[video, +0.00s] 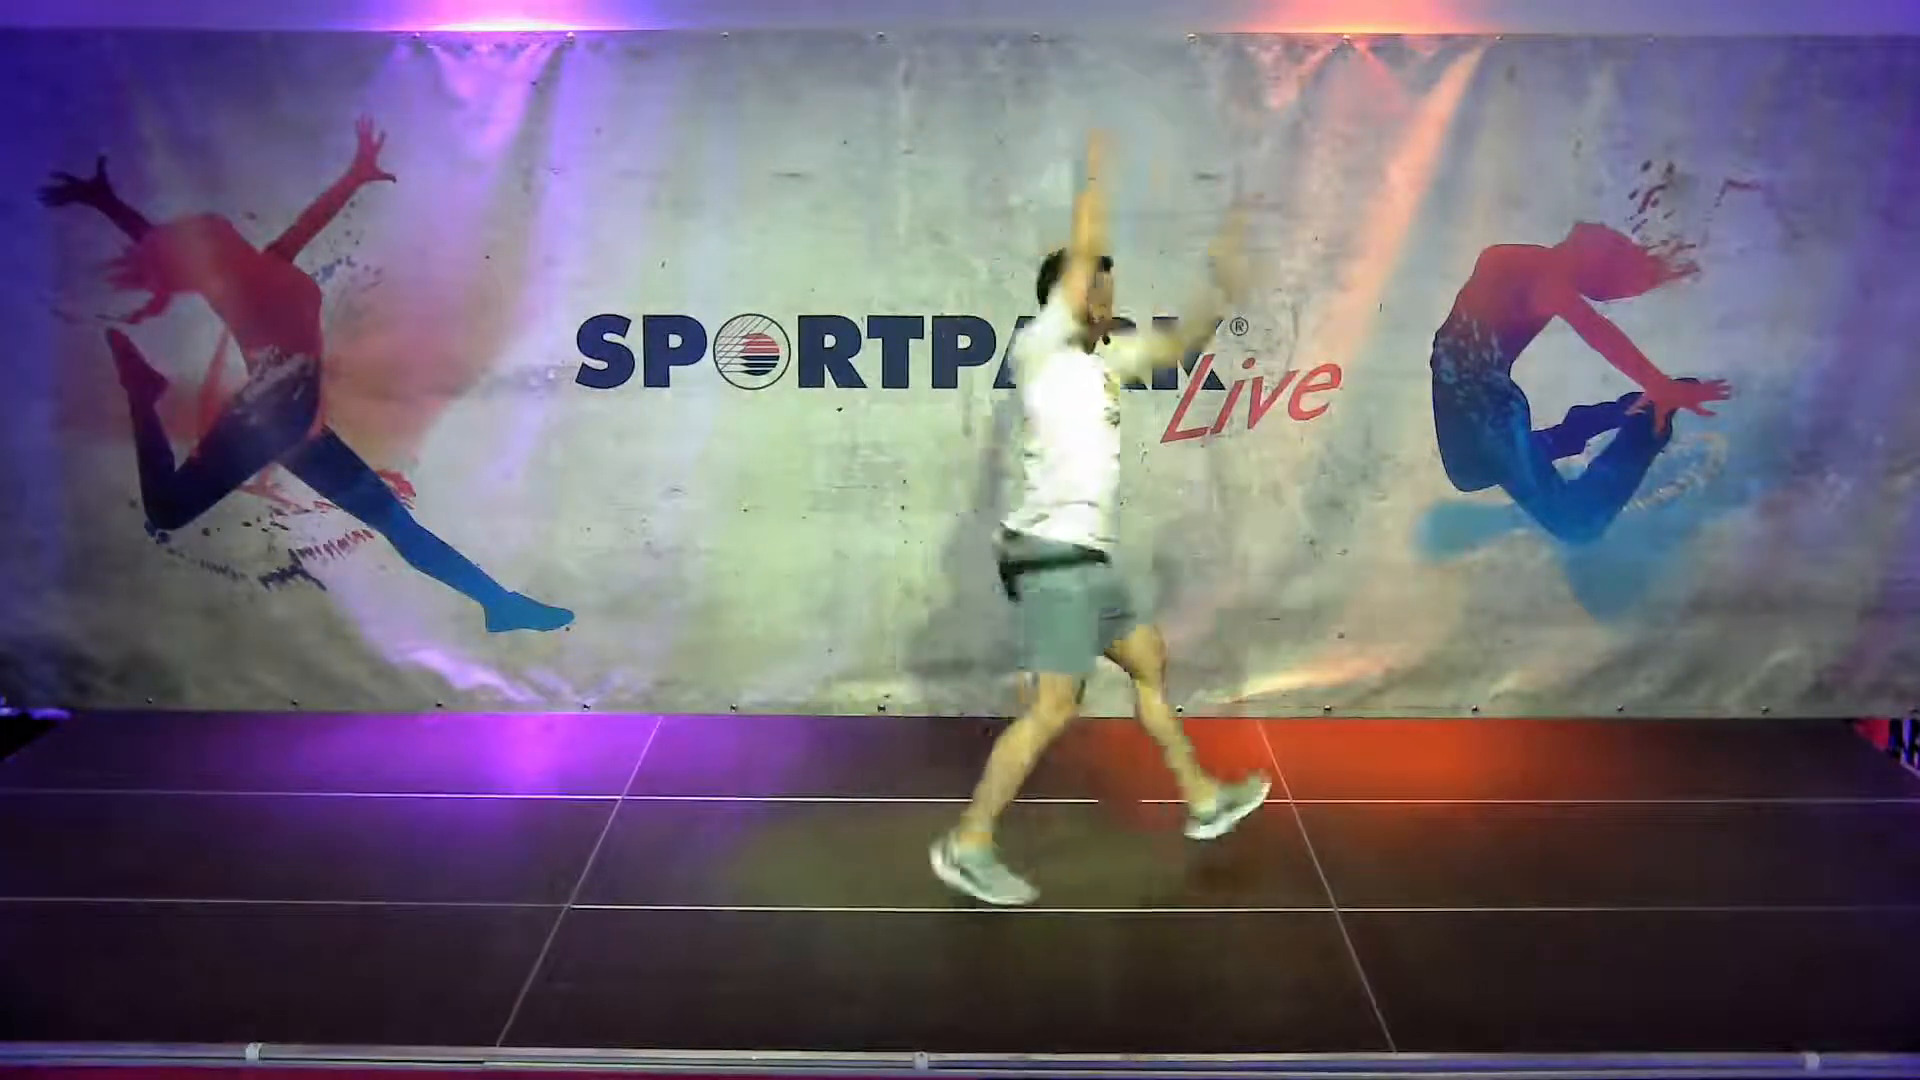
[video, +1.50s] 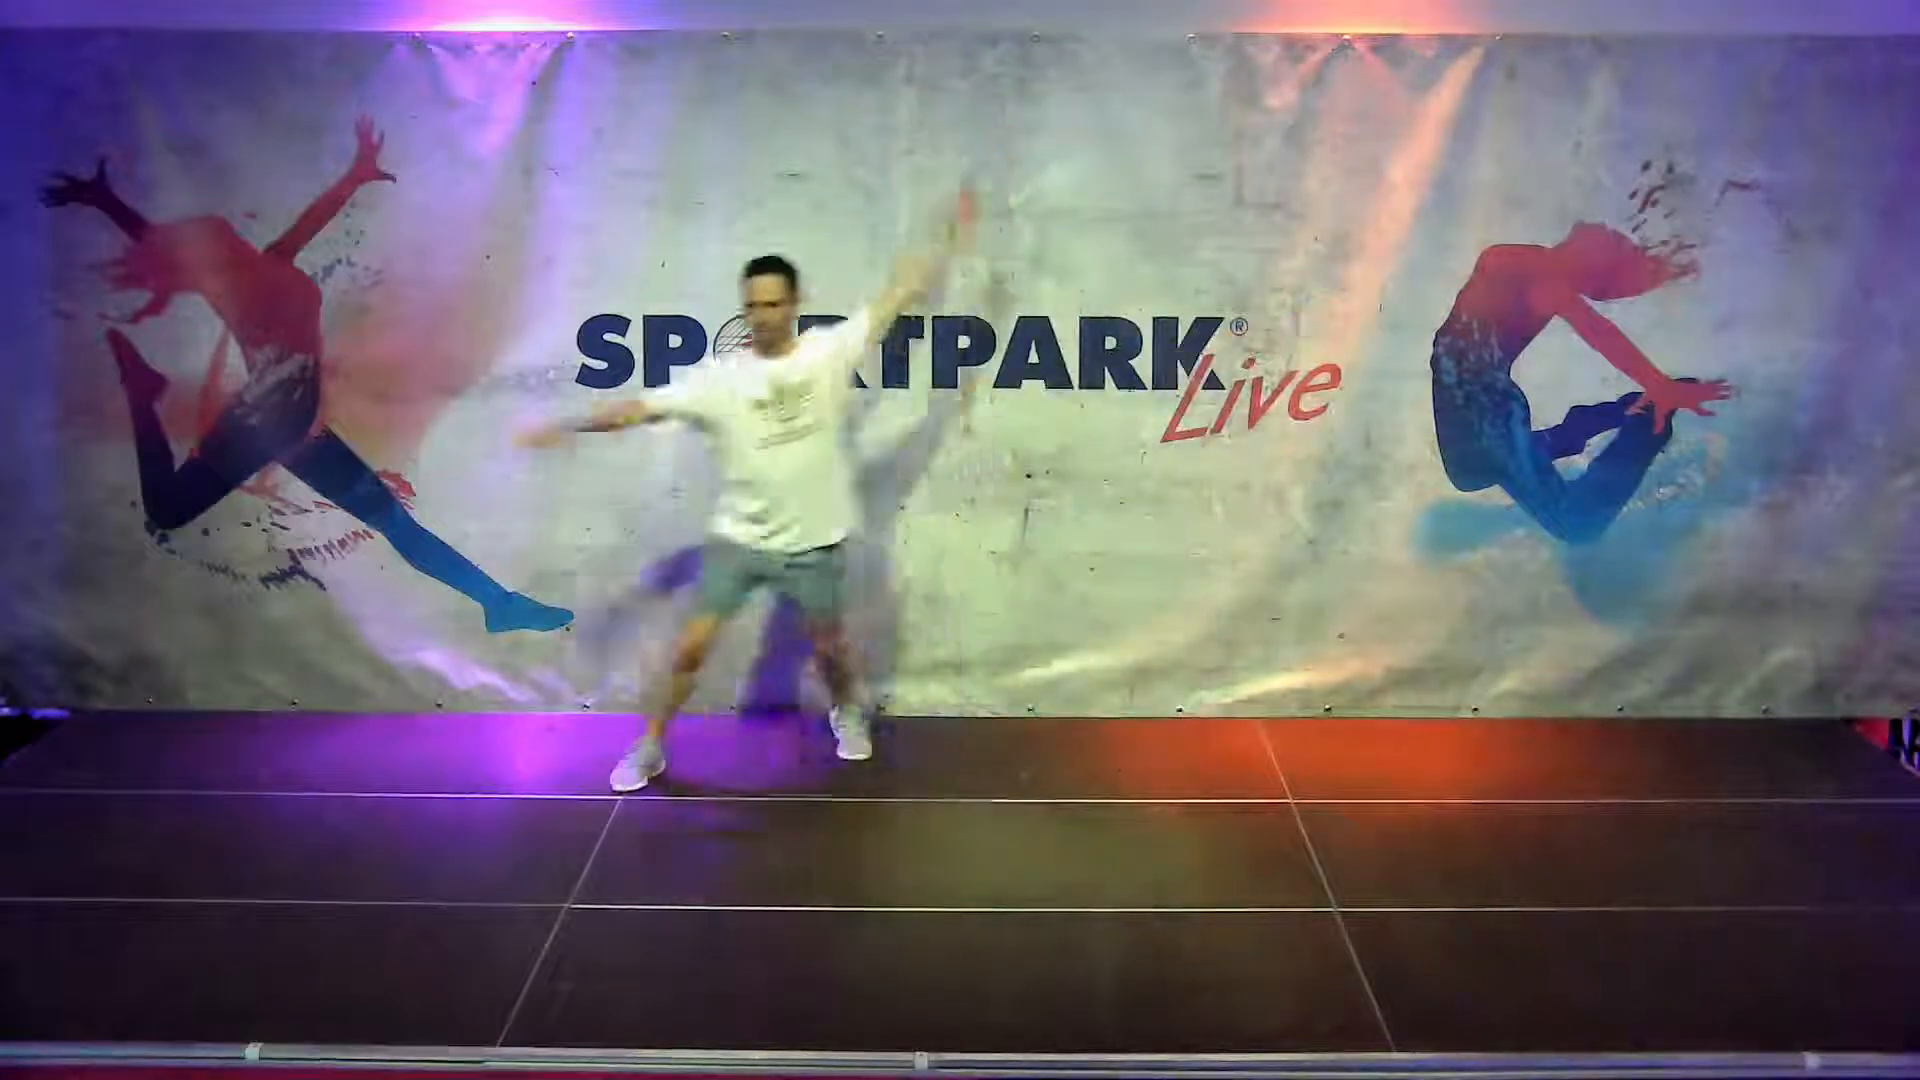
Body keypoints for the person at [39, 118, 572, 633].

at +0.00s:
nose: (182, 280)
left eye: (179, 261)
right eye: (177, 261)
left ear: (204, 250)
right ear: (198, 249)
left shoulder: (264, 268)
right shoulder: (229, 274)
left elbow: (308, 223)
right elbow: (159, 244)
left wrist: (358, 175)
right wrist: (105, 202)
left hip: (298, 426)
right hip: (264, 419)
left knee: (388, 515)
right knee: (166, 511)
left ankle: (500, 602)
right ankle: (143, 396)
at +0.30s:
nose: (181, 282)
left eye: (178, 263)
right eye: (175, 263)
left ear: (203, 251)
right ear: (197, 250)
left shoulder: (263, 268)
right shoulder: (231, 274)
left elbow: (307, 223)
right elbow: (158, 244)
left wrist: (358, 175)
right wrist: (105, 202)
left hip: (298, 425)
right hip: (264, 420)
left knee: (389, 516)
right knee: (166, 512)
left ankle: (500, 602)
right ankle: (143, 397)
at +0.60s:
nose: (180, 285)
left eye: (178, 265)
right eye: (176, 265)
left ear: (202, 254)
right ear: (202, 247)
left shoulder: (261, 267)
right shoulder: (237, 273)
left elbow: (306, 223)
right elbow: (161, 242)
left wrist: (358, 174)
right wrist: (105, 202)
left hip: (296, 424)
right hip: (266, 419)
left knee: (390, 516)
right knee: (166, 511)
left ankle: (501, 602)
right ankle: (141, 397)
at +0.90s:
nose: (184, 282)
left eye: (182, 263)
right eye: (180, 263)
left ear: (206, 253)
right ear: (196, 257)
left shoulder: (267, 267)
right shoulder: (233, 276)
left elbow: (308, 223)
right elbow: (154, 242)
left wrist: (357, 176)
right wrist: (100, 197)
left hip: (298, 426)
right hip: (262, 421)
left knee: (387, 515)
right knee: (166, 510)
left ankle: (500, 602)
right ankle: (141, 392)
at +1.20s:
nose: (183, 283)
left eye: (182, 263)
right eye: (180, 263)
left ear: (205, 253)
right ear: (196, 257)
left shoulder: (266, 267)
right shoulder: (233, 276)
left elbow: (308, 223)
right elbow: (154, 242)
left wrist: (357, 176)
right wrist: (100, 197)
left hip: (298, 426)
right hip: (262, 421)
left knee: (387, 515)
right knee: (166, 510)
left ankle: (500, 602)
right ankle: (141, 392)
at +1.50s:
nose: (182, 280)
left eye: (179, 262)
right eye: (177, 263)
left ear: (203, 254)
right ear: (193, 257)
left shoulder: (267, 267)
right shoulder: (230, 274)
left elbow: (309, 222)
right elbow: (153, 241)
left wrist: (357, 175)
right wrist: (99, 196)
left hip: (297, 426)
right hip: (262, 421)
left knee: (386, 513)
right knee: (166, 511)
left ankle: (500, 602)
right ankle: (141, 392)